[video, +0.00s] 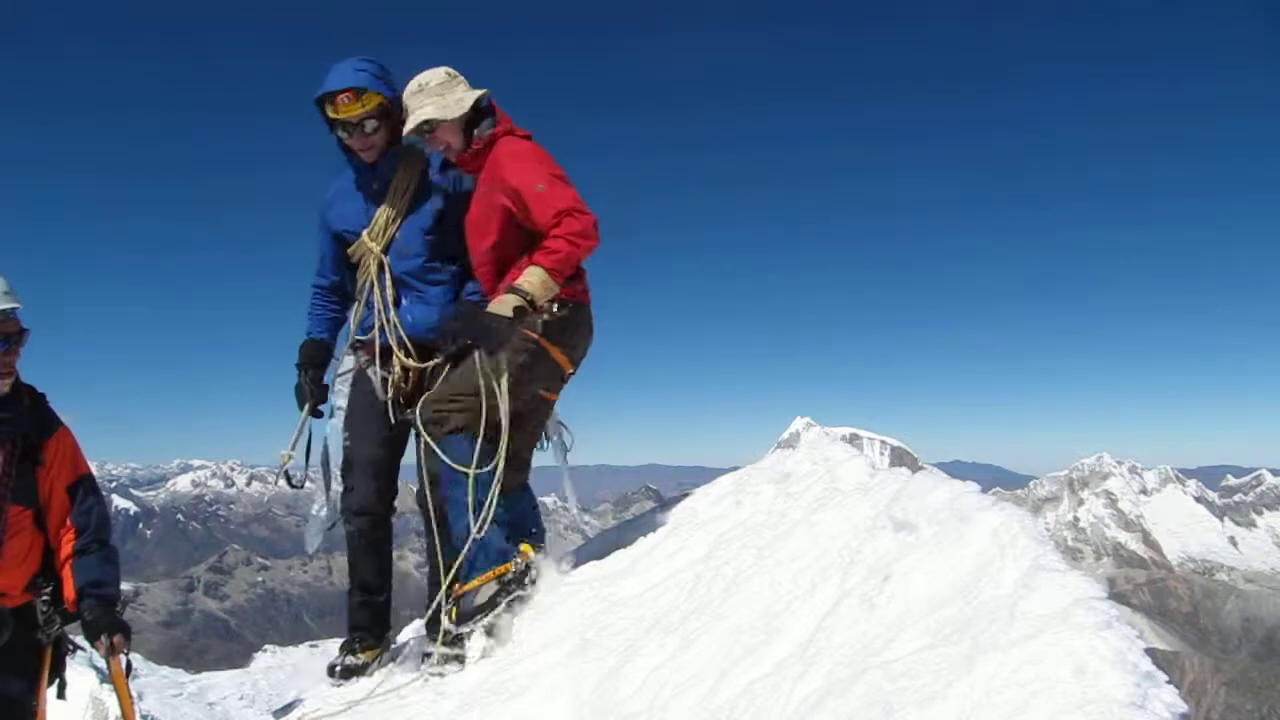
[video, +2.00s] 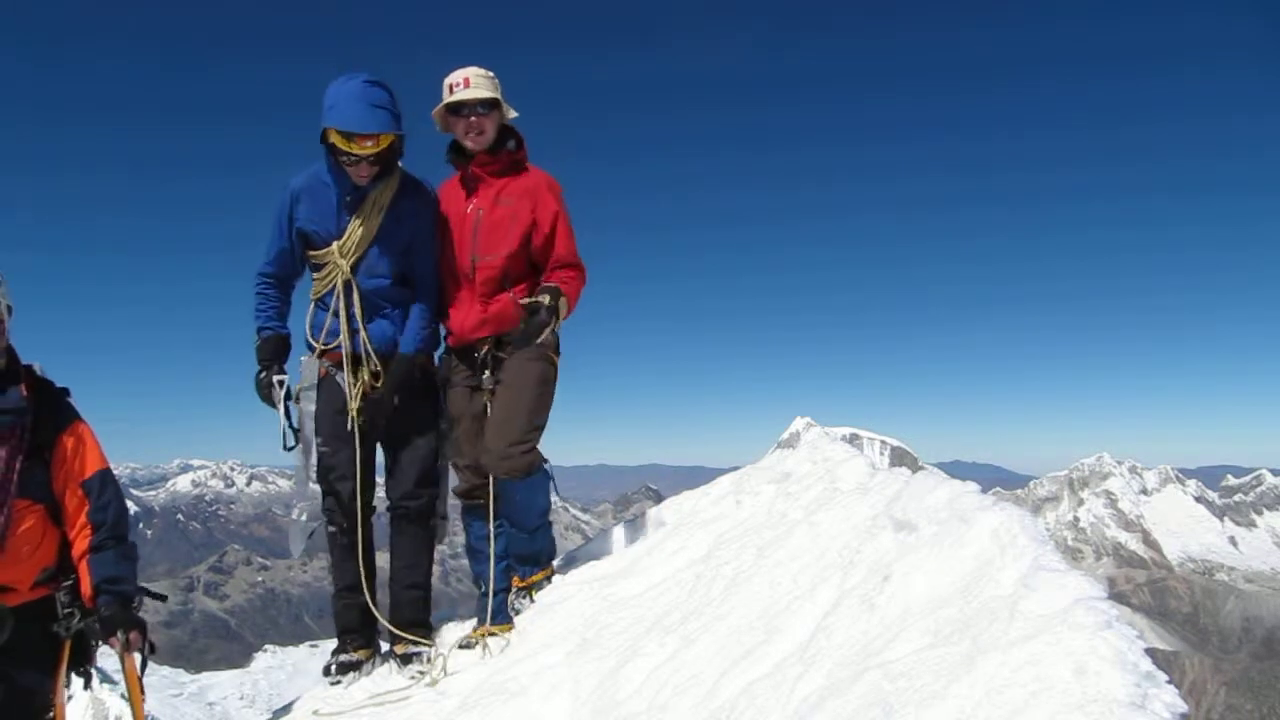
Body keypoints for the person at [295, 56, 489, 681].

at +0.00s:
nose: (361, 133)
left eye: (370, 117)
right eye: (346, 123)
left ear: (397, 113)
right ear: (334, 130)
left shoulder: (443, 179)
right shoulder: (340, 197)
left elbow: (486, 257)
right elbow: (328, 288)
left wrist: (466, 314)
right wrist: (314, 357)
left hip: (445, 352)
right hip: (374, 358)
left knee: (446, 485)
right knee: (363, 493)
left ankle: (452, 618)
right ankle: (367, 635)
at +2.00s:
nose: (364, 159)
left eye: (376, 146)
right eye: (351, 146)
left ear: (394, 141)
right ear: (330, 140)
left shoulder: (415, 201)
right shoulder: (305, 195)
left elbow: (428, 290)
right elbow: (273, 280)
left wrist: (413, 359)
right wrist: (270, 353)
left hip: (407, 366)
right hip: (337, 373)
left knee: (414, 499)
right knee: (343, 502)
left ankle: (410, 634)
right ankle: (355, 638)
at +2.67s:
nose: (359, 149)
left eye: (372, 136)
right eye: (346, 137)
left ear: (389, 129)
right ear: (328, 131)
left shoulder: (417, 194)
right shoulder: (308, 190)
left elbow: (450, 265)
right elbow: (285, 279)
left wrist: (443, 260)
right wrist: (277, 357)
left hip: (412, 363)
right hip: (340, 366)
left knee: (415, 496)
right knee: (346, 499)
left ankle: (411, 633)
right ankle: (353, 639)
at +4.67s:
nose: (391, 91)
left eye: (405, 81)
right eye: (379, 79)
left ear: (419, 91)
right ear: (360, 86)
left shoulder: (437, 180)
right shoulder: (320, 162)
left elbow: (465, 264)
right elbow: (280, 253)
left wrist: (503, 277)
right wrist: (266, 327)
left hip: (416, 354)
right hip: (341, 349)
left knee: (407, 502)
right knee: (335, 496)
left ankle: (390, 646)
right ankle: (316, 661)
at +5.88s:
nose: (389, 94)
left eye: (402, 85)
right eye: (378, 82)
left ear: (416, 96)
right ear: (357, 89)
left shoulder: (427, 186)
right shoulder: (313, 164)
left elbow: (448, 279)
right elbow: (264, 252)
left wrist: (452, 340)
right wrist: (255, 329)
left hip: (405, 357)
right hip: (332, 351)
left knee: (381, 500)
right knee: (332, 491)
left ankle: (357, 640)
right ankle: (303, 665)